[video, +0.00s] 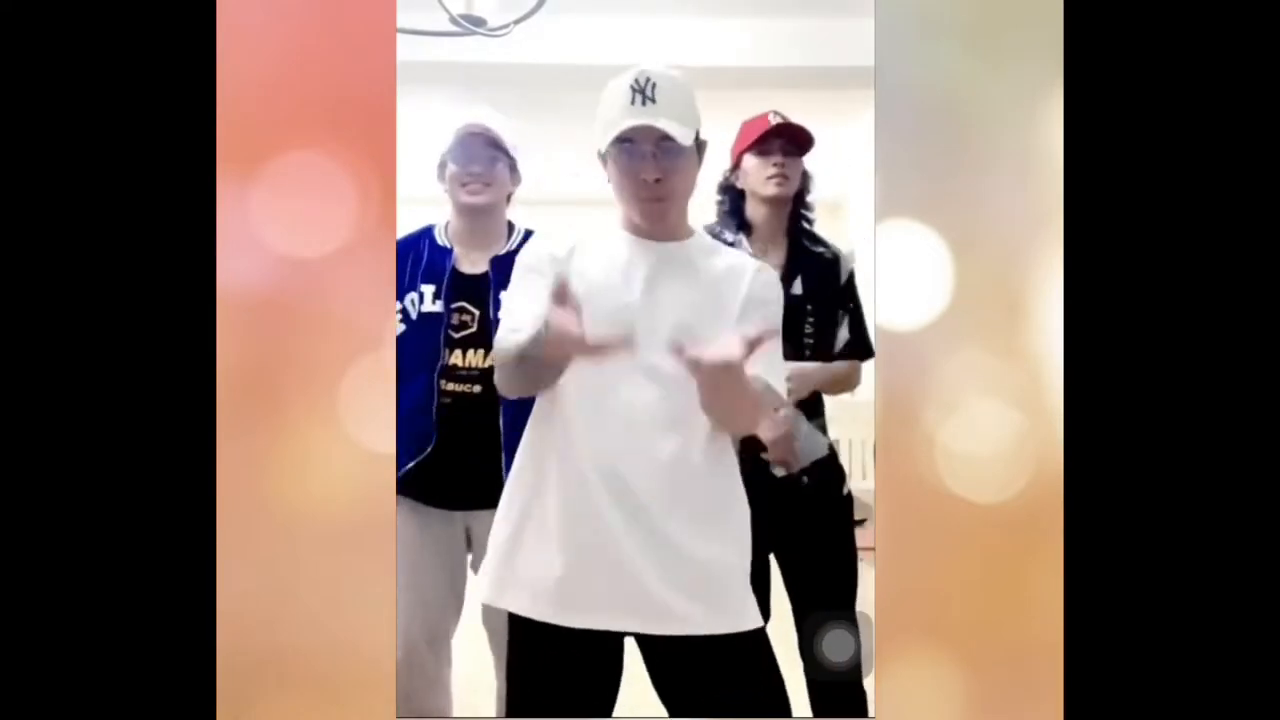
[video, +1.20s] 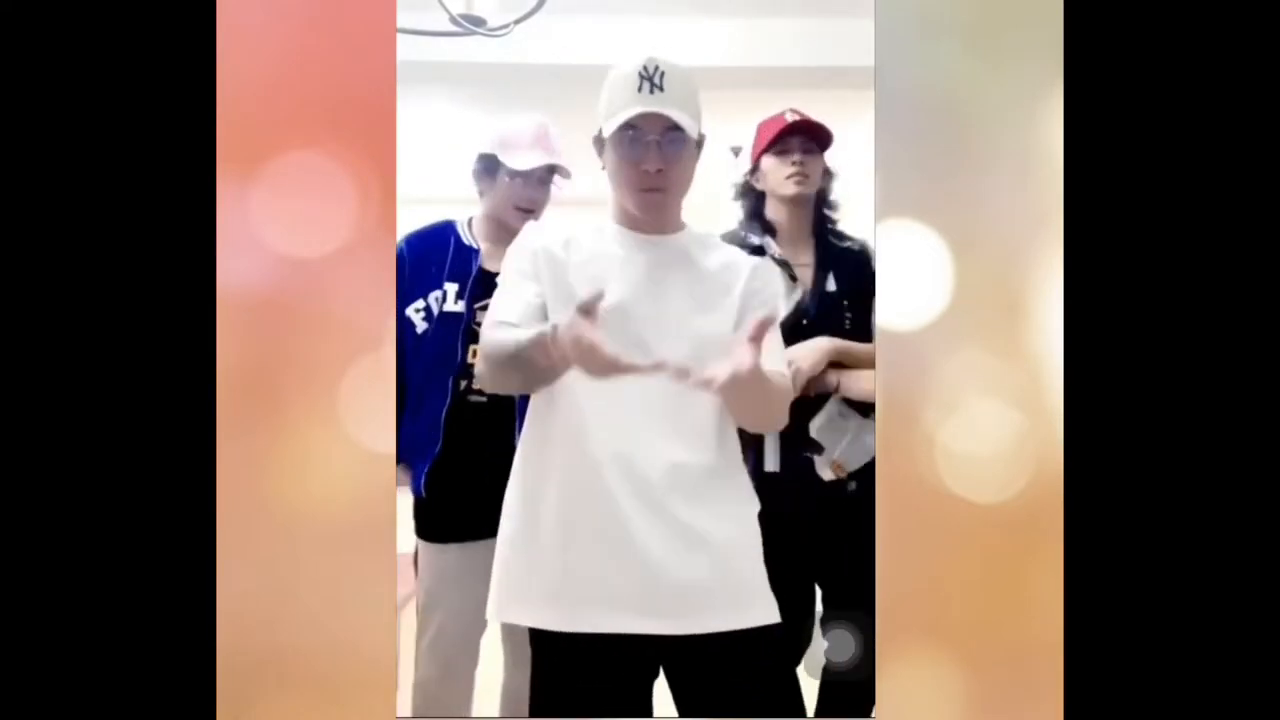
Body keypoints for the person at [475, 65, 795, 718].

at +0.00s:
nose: (649, 168)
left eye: (667, 148)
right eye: (629, 148)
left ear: (699, 161)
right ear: (603, 162)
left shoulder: (746, 281)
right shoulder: (552, 261)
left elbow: (751, 419)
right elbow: (508, 378)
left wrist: (721, 384)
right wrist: (553, 348)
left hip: (694, 572)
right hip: (561, 564)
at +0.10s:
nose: (650, 159)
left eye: (669, 139)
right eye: (630, 140)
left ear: (703, 147)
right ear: (608, 151)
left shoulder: (750, 259)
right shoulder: (570, 239)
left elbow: (758, 377)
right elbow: (520, 343)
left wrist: (730, 262)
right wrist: (553, 232)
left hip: (696, 563)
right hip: (565, 555)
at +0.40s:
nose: (655, 154)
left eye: (674, 133)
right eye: (636, 136)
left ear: (708, 143)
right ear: (614, 148)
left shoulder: (774, 239)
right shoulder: (588, 244)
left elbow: (801, 357)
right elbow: (541, 360)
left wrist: (725, 256)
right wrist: (560, 284)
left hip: (711, 574)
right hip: (582, 569)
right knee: (541, 716)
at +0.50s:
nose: (658, 164)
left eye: (677, 143)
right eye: (639, 144)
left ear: (707, 155)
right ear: (612, 158)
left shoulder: (773, 251)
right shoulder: (583, 267)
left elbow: (807, 396)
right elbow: (552, 402)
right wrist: (577, 362)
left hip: (723, 588)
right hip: (591, 586)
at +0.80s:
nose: (669, 162)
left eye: (689, 141)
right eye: (649, 140)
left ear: (711, 155)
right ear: (612, 150)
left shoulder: (753, 259)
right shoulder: (575, 263)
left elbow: (794, 379)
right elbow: (541, 378)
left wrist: (791, 282)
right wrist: (566, 293)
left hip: (745, 589)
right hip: (613, 590)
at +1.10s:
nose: (657, 150)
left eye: (677, 131)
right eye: (638, 129)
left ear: (699, 146)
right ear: (602, 140)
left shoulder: (733, 255)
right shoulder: (549, 239)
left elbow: (778, 377)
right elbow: (509, 349)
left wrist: (777, 290)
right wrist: (560, 276)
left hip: (723, 572)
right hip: (589, 573)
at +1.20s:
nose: (652, 158)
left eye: (672, 137)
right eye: (632, 137)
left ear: (699, 152)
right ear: (602, 153)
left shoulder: (746, 274)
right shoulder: (549, 249)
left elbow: (771, 415)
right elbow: (493, 366)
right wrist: (560, 349)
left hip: (715, 588)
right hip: (576, 585)